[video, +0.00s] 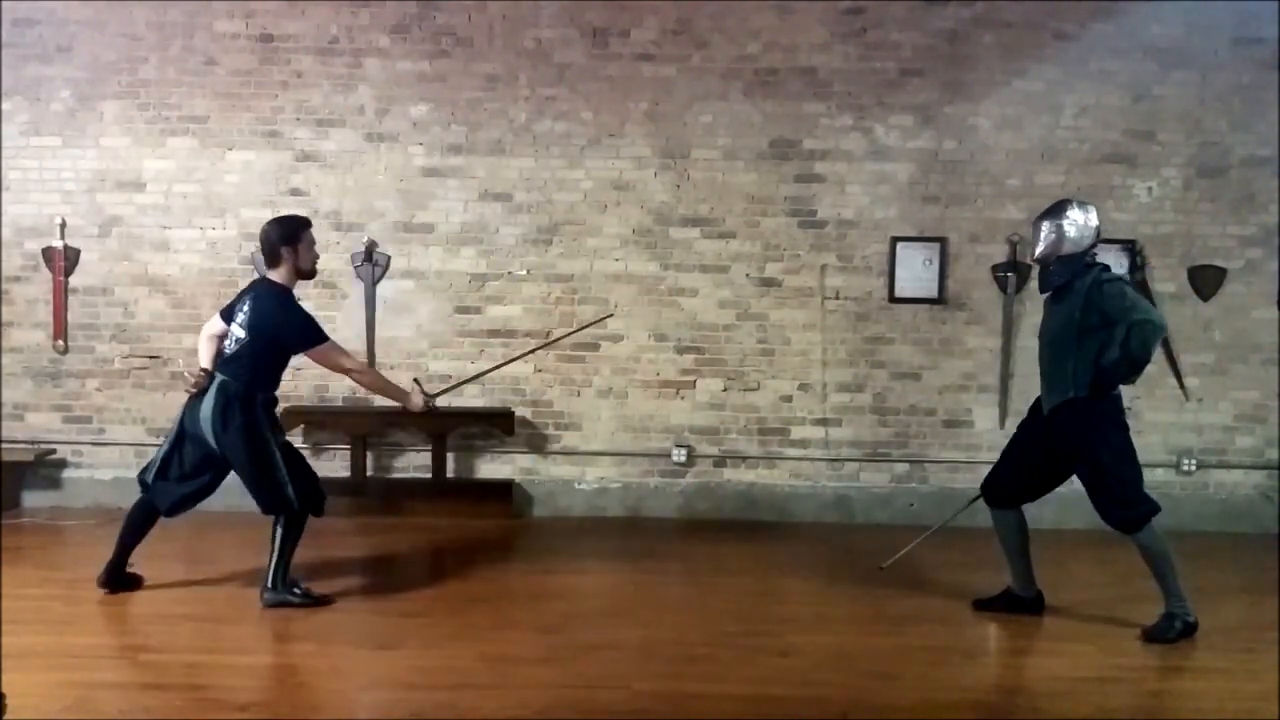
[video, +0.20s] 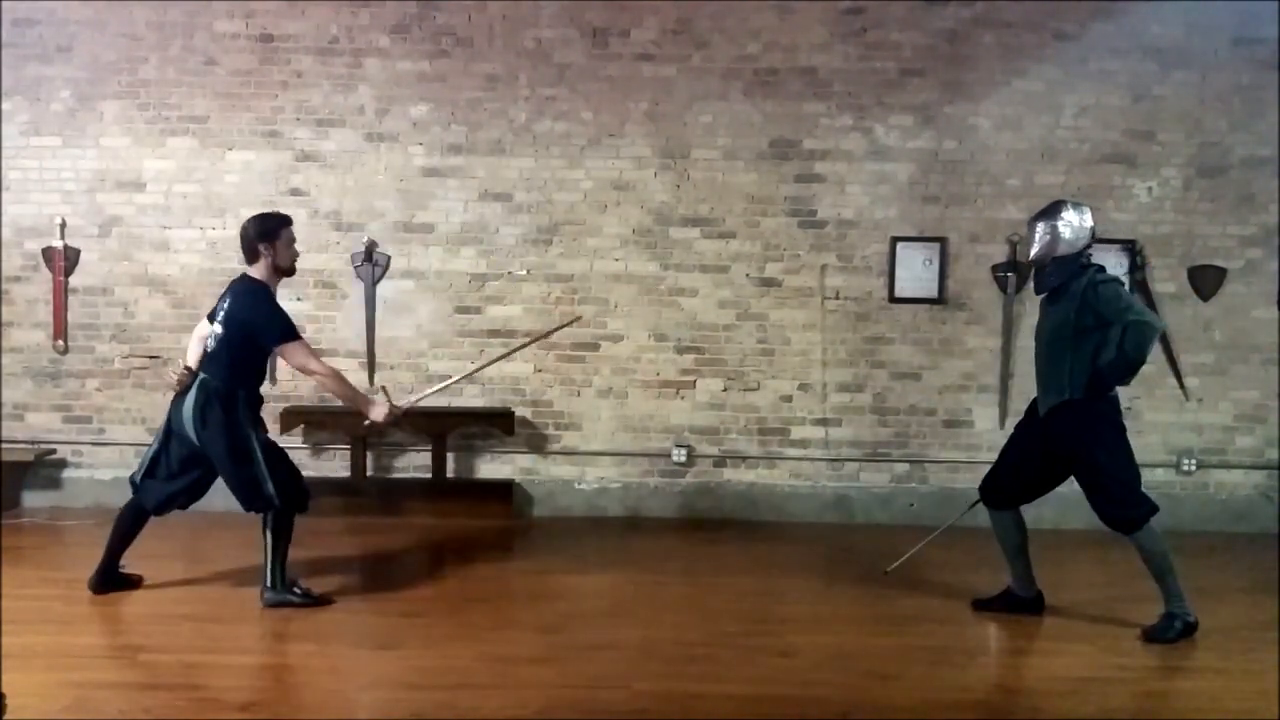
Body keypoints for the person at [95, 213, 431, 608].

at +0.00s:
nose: (317, 252)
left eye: (314, 244)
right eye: (310, 245)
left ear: (281, 253)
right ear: (288, 252)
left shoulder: (252, 293)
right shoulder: (286, 310)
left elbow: (210, 331)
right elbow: (349, 366)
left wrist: (206, 370)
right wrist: (407, 397)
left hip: (207, 405)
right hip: (241, 413)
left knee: (164, 487)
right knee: (298, 491)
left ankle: (113, 569)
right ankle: (277, 584)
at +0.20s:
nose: (297, 247)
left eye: (294, 239)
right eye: (290, 240)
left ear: (260, 251)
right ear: (267, 250)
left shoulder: (236, 291)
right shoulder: (262, 303)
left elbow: (201, 334)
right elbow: (313, 367)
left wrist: (189, 372)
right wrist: (368, 405)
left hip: (193, 406)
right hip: (224, 412)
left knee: (153, 487)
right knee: (283, 487)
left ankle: (105, 571)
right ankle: (277, 584)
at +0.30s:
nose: (287, 246)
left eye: (285, 238)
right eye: (281, 239)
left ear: (251, 246)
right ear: (256, 245)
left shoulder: (234, 290)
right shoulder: (249, 301)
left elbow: (209, 337)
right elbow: (294, 368)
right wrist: (341, 411)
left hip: (192, 403)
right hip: (218, 410)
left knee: (153, 486)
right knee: (275, 484)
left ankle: (102, 569)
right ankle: (277, 584)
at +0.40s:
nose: (281, 244)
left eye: (279, 236)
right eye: (274, 237)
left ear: (247, 245)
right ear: (249, 244)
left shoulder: (235, 291)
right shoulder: (242, 298)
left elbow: (225, 352)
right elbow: (275, 366)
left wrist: (192, 373)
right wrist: (319, 413)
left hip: (197, 405)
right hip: (218, 411)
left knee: (153, 488)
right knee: (273, 486)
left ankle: (100, 566)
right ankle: (276, 585)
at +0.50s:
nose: (276, 244)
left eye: (275, 237)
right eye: (270, 237)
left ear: (246, 244)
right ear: (244, 243)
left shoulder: (253, 293)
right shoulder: (229, 298)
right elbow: (260, 364)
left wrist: (194, 375)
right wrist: (297, 412)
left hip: (207, 407)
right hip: (214, 411)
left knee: (155, 486)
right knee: (271, 485)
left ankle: (99, 562)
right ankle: (276, 584)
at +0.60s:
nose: (273, 243)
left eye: (272, 235)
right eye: (266, 236)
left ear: (245, 244)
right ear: (240, 244)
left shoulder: (258, 295)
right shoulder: (222, 297)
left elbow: (246, 357)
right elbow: (245, 362)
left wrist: (199, 375)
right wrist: (277, 412)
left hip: (217, 405)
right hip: (212, 407)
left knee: (155, 486)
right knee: (271, 485)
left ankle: (98, 560)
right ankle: (276, 585)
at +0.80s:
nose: (277, 246)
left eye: (275, 239)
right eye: (270, 240)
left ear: (251, 247)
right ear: (243, 247)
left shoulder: (267, 300)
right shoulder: (220, 299)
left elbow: (257, 362)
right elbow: (225, 365)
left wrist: (200, 373)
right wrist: (251, 416)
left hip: (224, 406)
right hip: (208, 406)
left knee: (158, 487)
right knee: (272, 485)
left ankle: (97, 560)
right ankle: (276, 584)